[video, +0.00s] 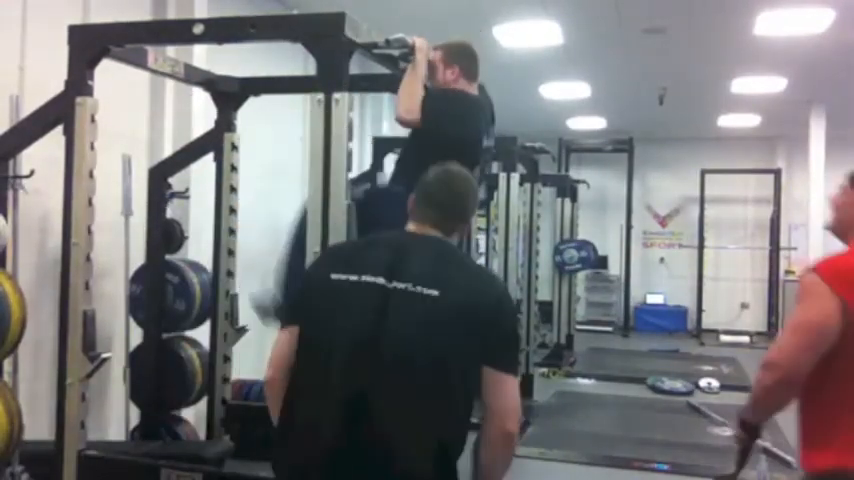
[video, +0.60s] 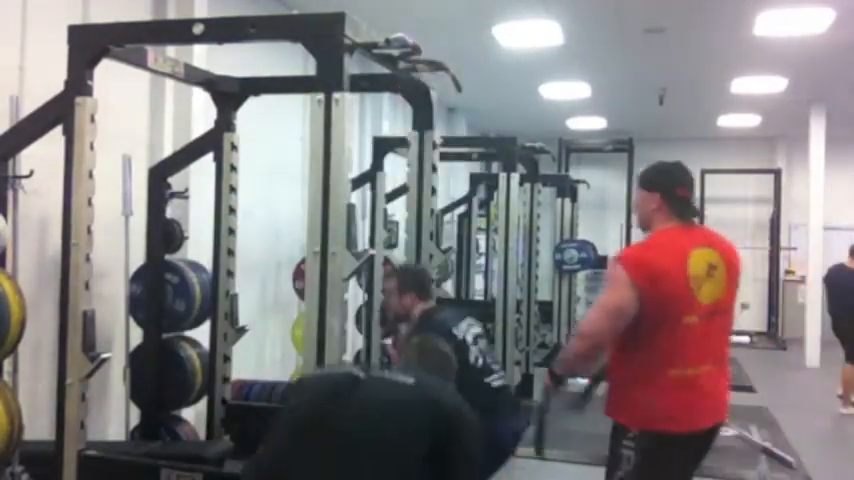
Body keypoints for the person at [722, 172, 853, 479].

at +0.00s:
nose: (834, 198)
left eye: (843, 188)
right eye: (840, 188)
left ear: (853, 199)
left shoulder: (834, 275)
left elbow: (784, 368)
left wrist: (751, 419)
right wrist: (753, 418)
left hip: (837, 462)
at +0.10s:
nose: (800, 189)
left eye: (809, 183)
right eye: (804, 182)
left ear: (831, 196)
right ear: (833, 197)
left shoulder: (806, 260)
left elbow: (765, 353)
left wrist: (721, 418)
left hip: (809, 455)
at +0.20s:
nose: (762, 196)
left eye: (771, 188)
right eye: (767, 187)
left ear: (792, 200)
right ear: (818, 204)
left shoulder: (768, 265)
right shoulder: (845, 256)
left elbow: (736, 352)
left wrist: (688, 419)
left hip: (776, 449)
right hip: (843, 450)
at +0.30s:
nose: (723, 205)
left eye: (730, 198)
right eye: (726, 198)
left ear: (753, 209)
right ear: (779, 211)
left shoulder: (730, 275)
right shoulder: (814, 270)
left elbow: (701, 362)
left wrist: (651, 425)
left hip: (741, 452)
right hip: (807, 452)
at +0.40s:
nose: (688, 211)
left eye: (694, 202)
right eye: (690, 203)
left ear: (713, 212)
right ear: (743, 213)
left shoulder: (691, 280)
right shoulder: (775, 274)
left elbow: (659, 366)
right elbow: (770, 353)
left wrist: (614, 428)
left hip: (695, 449)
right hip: (757, 449)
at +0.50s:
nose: (655, 209)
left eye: (661, 200)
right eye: (657, 200)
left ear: (680, 207)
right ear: (708, 206)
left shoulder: (658, 273)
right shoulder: (748, 263)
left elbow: (622, 354)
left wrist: (584, 406)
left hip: (666, 430)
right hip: (726, 429)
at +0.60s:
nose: (635, 203)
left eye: (639, 194)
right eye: (636, 194)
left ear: (655, 200)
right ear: (684, 198)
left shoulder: (638, 260)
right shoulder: (724, 251)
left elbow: (592, 335)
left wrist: (559, 371)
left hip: (649, 421)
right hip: (705, 418)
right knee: (675, 473)